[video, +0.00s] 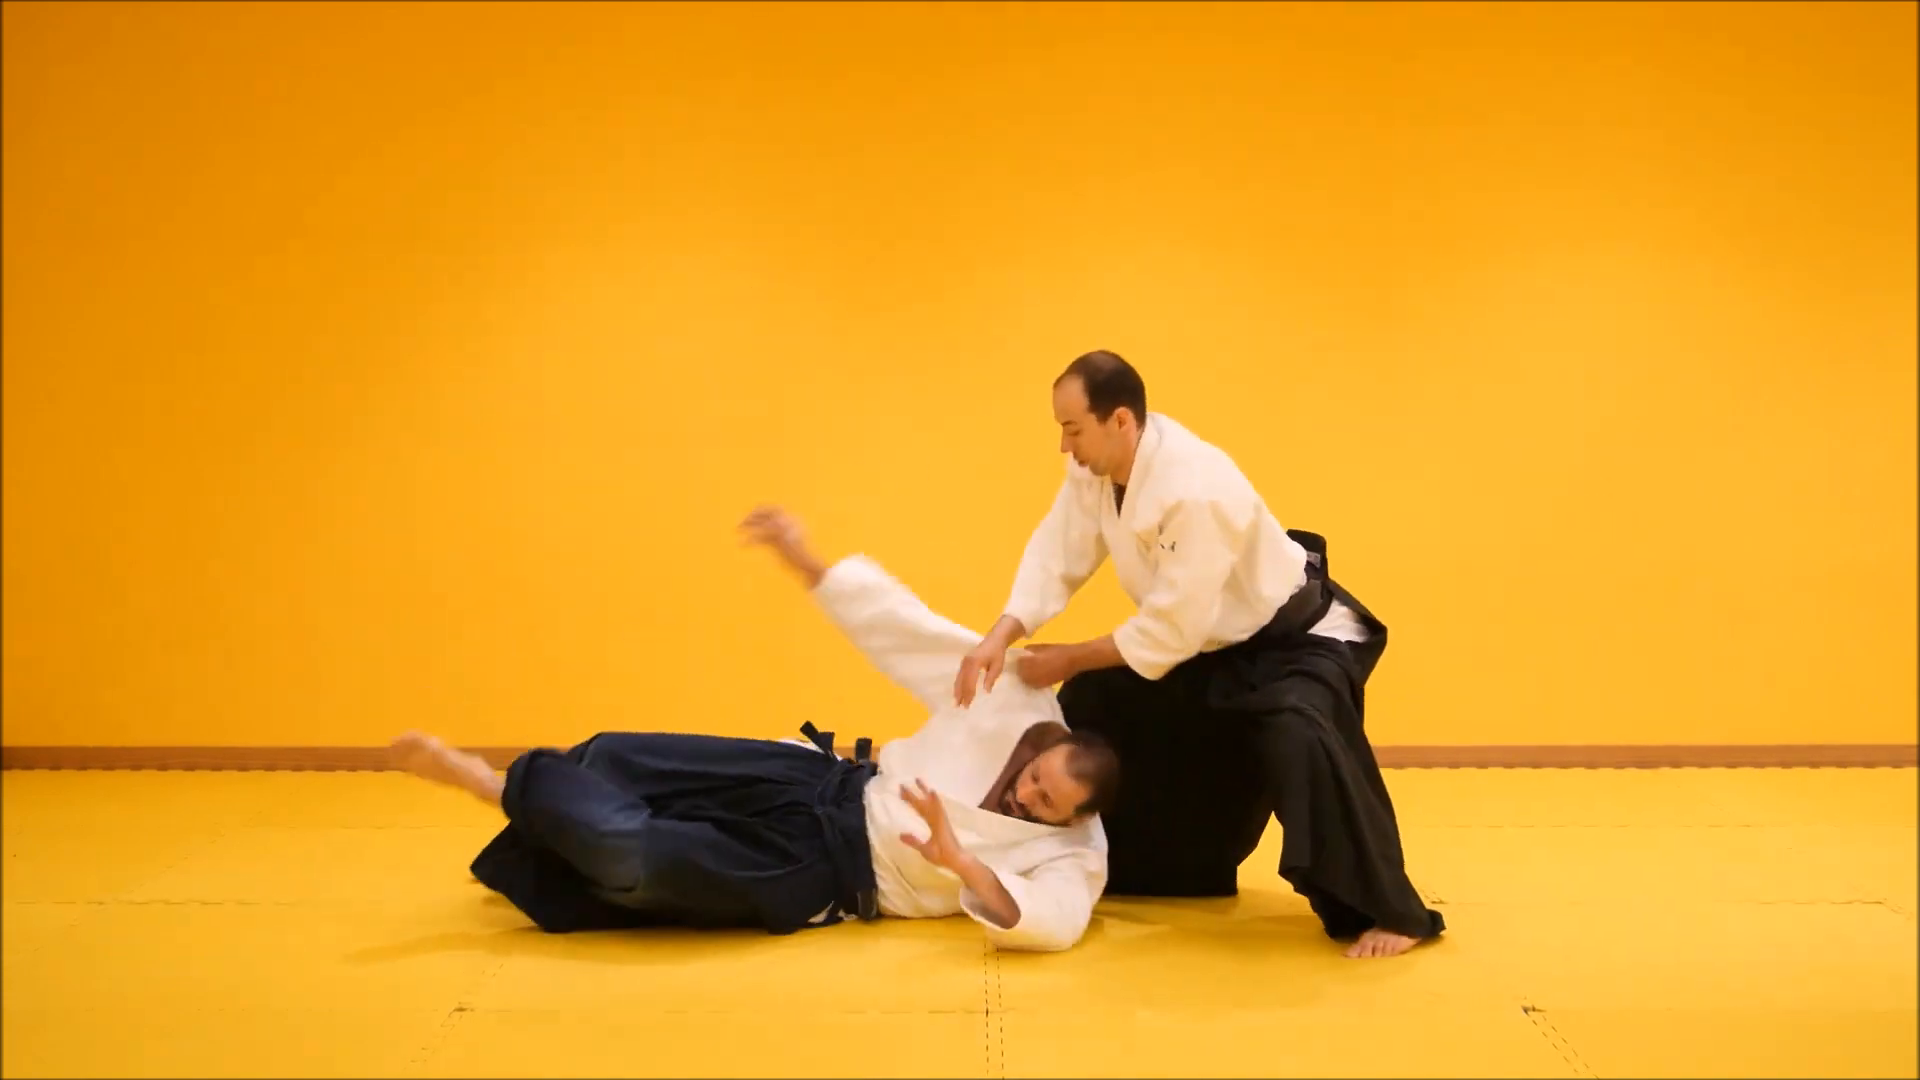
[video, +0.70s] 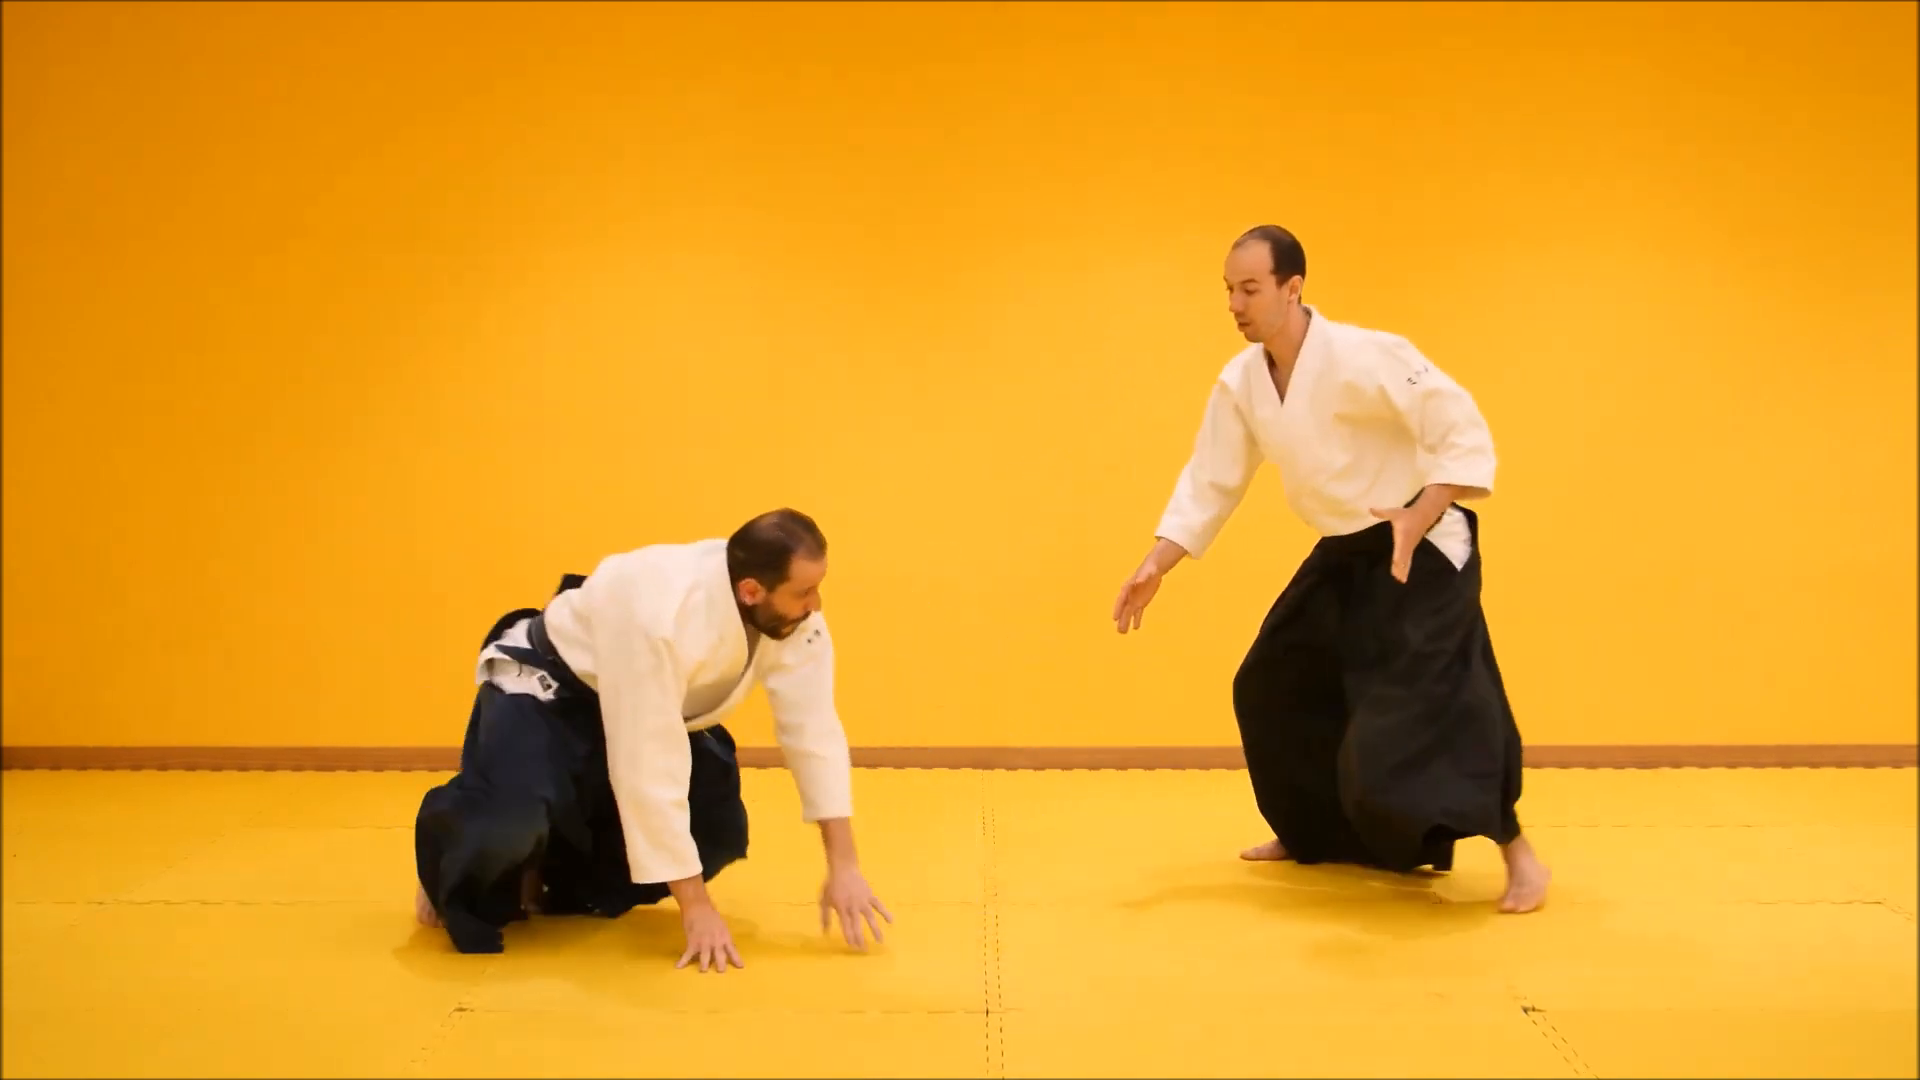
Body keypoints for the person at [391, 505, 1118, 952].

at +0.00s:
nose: (1033, 796)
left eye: (1055, 804)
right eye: (1038, 776)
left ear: (1086, 809)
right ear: (1045, 738)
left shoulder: (1074, 852)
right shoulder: (1004, 693)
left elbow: (1043, 923)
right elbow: (910, 632)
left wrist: (958, 862)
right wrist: (810, 563)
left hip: (824, 874)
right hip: (811, 779)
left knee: (633, 851)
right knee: (606, 762)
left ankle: (501, 781)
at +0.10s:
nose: (968, 764)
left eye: (987, 763)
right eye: (964, 746)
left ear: (1027, 754)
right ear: (965, 708)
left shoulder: (1040, 805)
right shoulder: (937, 677)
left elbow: (1056, 911)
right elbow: (825, 672)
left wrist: (954, 903)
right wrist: (697, 682)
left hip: (820, 868)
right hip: (790, 779)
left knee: (656, 862)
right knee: (603, 775)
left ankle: (484, 868)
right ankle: (501, 894)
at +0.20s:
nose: (896, 725)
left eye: (916, 719)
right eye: (889, 706)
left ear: (955, 705)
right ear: (878, 669)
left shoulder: (996, 764)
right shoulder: (836, 655)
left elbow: (1041, 877)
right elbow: (743, 713)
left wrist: (953, 918)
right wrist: (668, 788)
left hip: (822, 860)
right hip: (766, 777)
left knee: (663, 873)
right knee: (609, 734)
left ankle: (516, 897)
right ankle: (518, 886)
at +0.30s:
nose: (855, 707)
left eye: (874, 694)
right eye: (843, 688)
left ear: (901, 671)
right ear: (818, 653)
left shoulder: (945, 721)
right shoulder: (756, 655)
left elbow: (997, 833)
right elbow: (674, 741)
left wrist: (925, 921)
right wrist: (696, 858)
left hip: (802, 853)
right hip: (733, 780)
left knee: (652, 917)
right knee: (593, 699)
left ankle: (551, 891)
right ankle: (541, 861)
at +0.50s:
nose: (825, 673)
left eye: (834, 657)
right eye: (810, 661)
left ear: (843, 636)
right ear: (760, 639)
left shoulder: (852, 679)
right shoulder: (687, 652)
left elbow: (906, 780)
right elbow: (634, 784)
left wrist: (913, 918)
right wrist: (696, 901)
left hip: (734, 807)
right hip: (650, 746)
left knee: (668, 926)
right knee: (494, 741)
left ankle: (552, 886)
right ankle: (519, 887)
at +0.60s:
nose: (824, 637)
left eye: (829, 622)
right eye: (809, 625)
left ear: (835, 609)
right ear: (756, 616)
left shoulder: (832, 650)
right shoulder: (663, 626)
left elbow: (868, 767)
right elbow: (648, 773)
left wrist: (905, 906)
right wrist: (697, 905)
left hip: (710, 758)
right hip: (606, 705)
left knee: (702, 905)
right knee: (472, 768)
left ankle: (569, 879)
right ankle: (494, 883)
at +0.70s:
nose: (815, 605)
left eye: (818, 589)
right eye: (804, 592)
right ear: (751, 591)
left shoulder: (796, 622)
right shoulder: (655, 610)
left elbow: (814, 732)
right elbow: (647, 762)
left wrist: (843, 862)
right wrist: (695, 904)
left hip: (648, 709)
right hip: (544, 681)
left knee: (714, 834)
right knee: (513, 818)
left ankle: (554, 869)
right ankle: (451, 873)